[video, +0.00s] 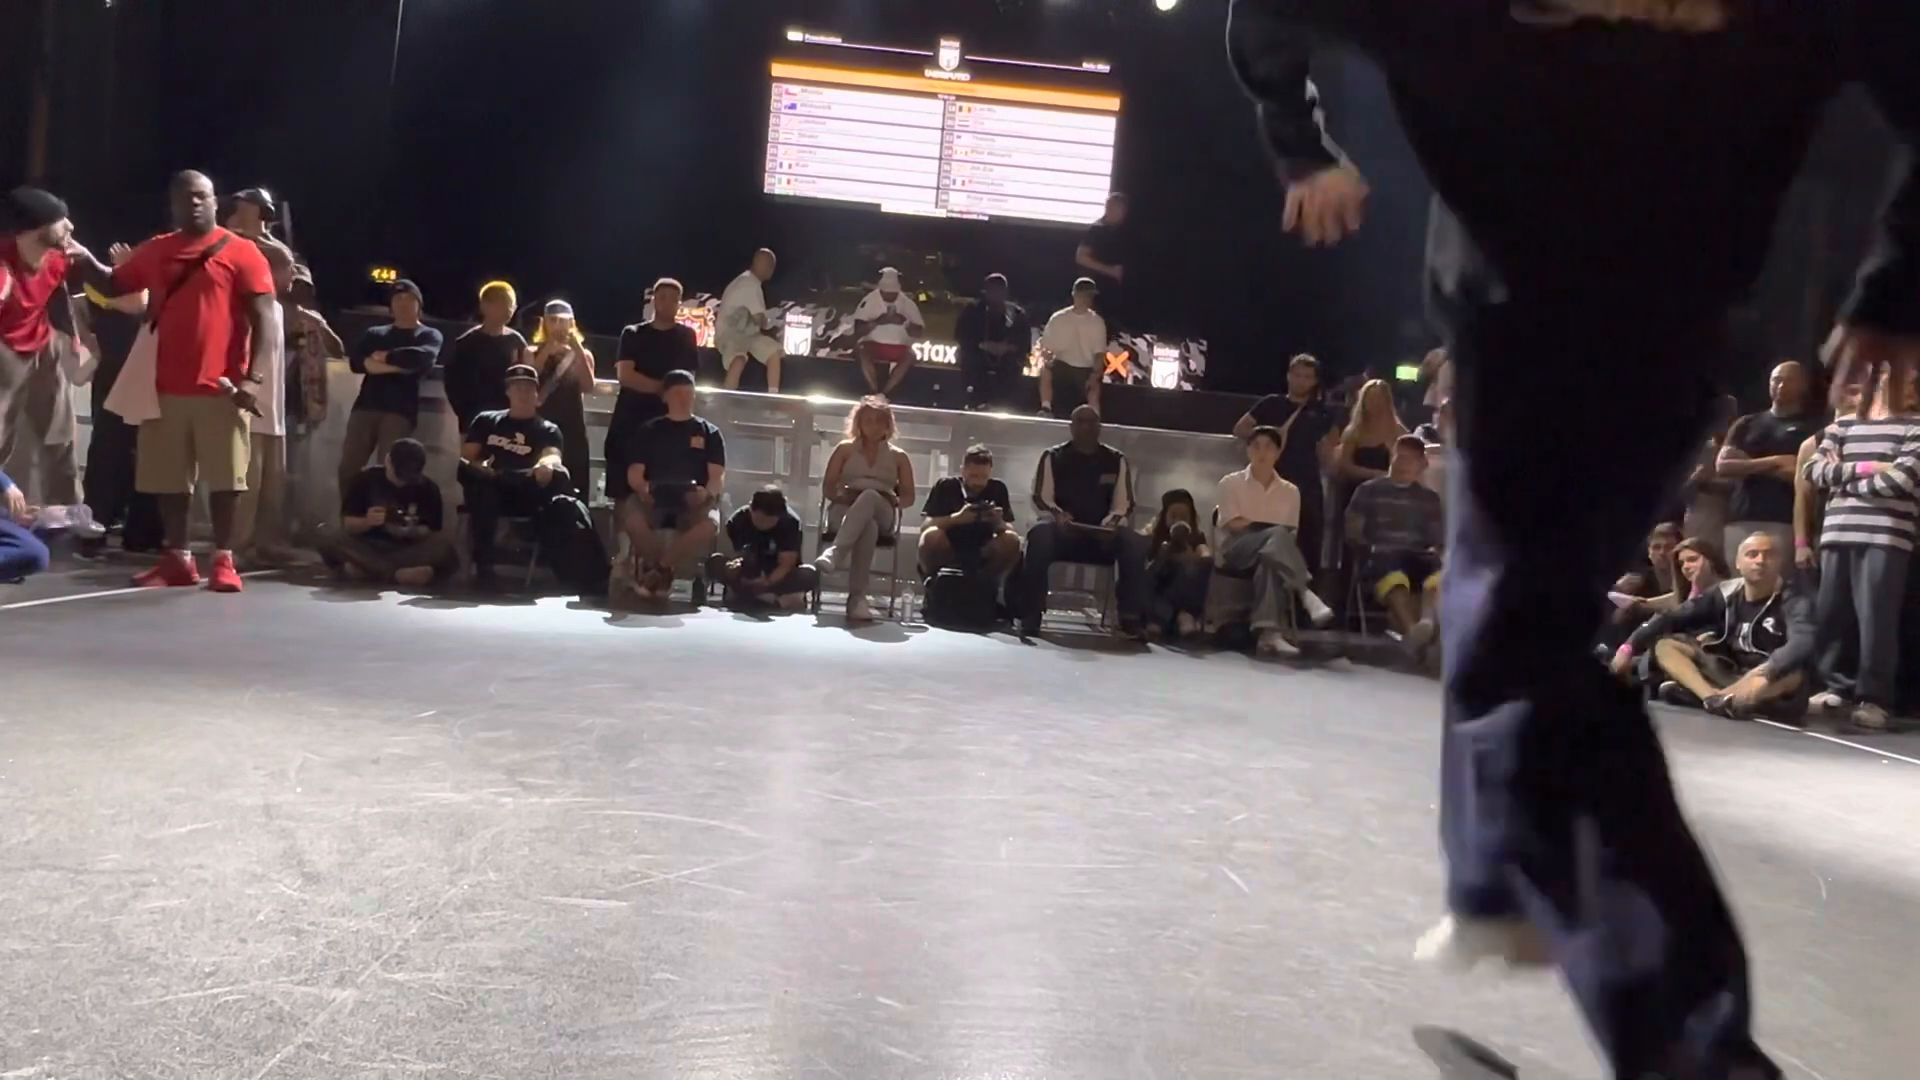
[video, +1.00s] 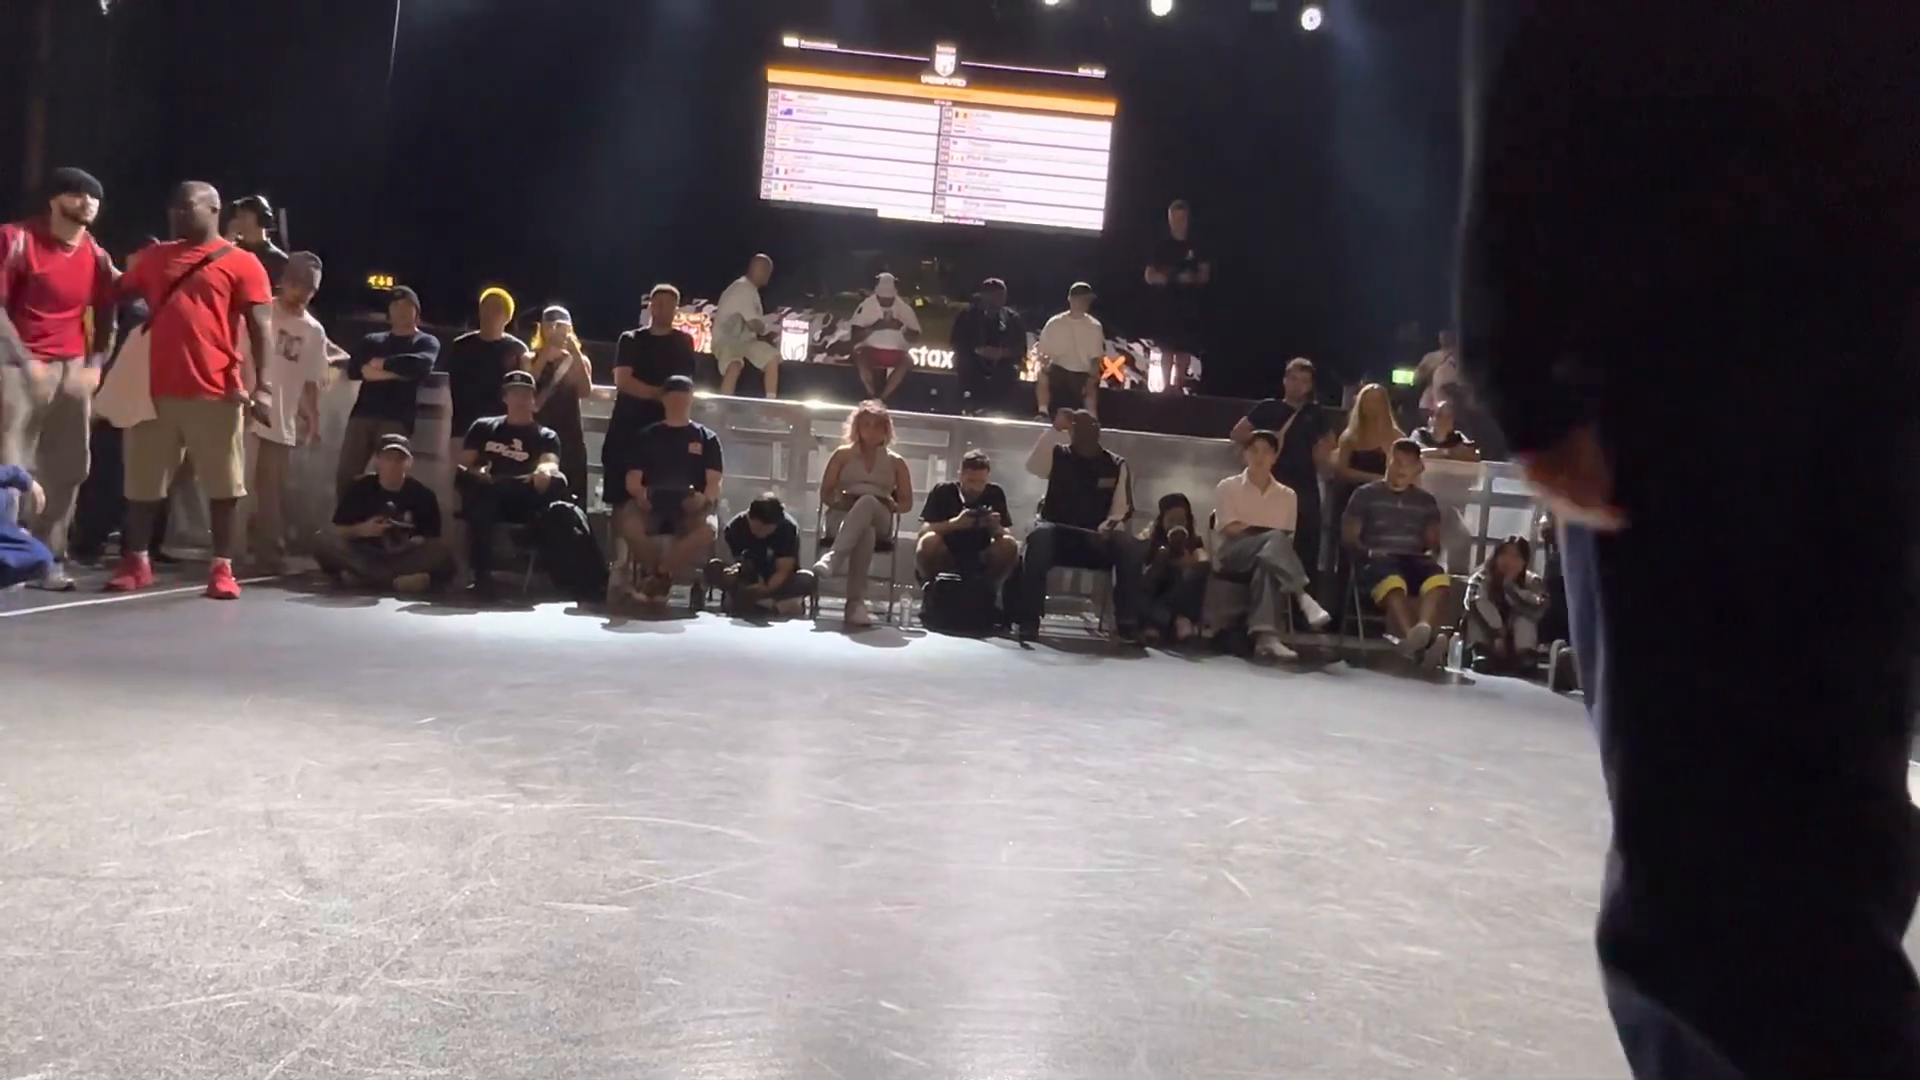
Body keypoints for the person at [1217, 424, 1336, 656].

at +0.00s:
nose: (1262, 452)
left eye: (1269, 447)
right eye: (1257, 446)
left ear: (1278, 453)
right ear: (1249, 450)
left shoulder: (1290, 491)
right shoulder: (1230, 483)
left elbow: (1288, 534)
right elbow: (1234, 525)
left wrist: (1247, 524)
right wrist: (1278, 531)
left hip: (1276, 555)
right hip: (1236, 552)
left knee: (1271, 560)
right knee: (1279, 534)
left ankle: (1270, 633)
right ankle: (1306, 593)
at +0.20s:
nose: (1264, 454)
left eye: (1270, 449)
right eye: (1258, 448)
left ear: (1279, 455)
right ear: (1250, 452)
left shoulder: (1291, 493)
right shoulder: (1232, 484)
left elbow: (1290, 534)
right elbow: (1235, 527)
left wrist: (1249, 525)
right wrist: (1279, 532)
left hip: (1278, 555)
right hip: (1237, 553)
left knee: (1270, 562)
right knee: (1279, 536)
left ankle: (1270, 634)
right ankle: (1307, 595)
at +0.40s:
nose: (1264, 454)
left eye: (1271, 449)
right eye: (1259, 448)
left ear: (1279, 455)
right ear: (1250, 452)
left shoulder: (1291, 492)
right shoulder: (1231, 483)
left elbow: (1289, 534)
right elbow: (1235, 527)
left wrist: (1249, 525)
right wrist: (1278, 531)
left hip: (1277, 556)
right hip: (1237, 553)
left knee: (1270, 562)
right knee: (1279, 535)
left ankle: (1270, 633)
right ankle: (1308, 595)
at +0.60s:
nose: (1264, 456)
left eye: (1270, 450)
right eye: (1258, 449)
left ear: (1279, 456)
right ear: (1250, 454)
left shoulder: (1291, 494)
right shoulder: (1232, 485)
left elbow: (1289, 536)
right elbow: (1235, 527)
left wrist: (1249, 527)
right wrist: (1278, 533)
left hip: (1276, 557)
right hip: (1236, 554)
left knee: (1270, 563)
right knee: (1279, 537)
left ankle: (1270, 635)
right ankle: (1307, 597)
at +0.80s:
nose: (1263, 456)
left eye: (1270, 451)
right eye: (1258, 450)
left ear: (1278, 457)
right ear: (1250, 454)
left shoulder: (1291, 495)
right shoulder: (1231, 486)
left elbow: (1288, 537)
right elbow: (1235, 529)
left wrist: (1249, 527)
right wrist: (1278, 533)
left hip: (1276, 557)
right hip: (1236, 555)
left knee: (1270, 564)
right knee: (1279, 537)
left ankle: (1270, 635)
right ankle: (1307, 598)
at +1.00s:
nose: (1259, 457)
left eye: (1266, 452)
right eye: (1254, 451)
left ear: (1274, 457)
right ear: (1246, 455)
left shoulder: (1287, 496)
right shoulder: (1228, 487)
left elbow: (1284, 538)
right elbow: (1231, 529)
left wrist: (1245, 528)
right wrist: (1274, 534)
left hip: (1273, 559)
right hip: (1233, 556)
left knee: (1266, 564)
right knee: (1275, 539)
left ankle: (1266, 636)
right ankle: (1304, 598)